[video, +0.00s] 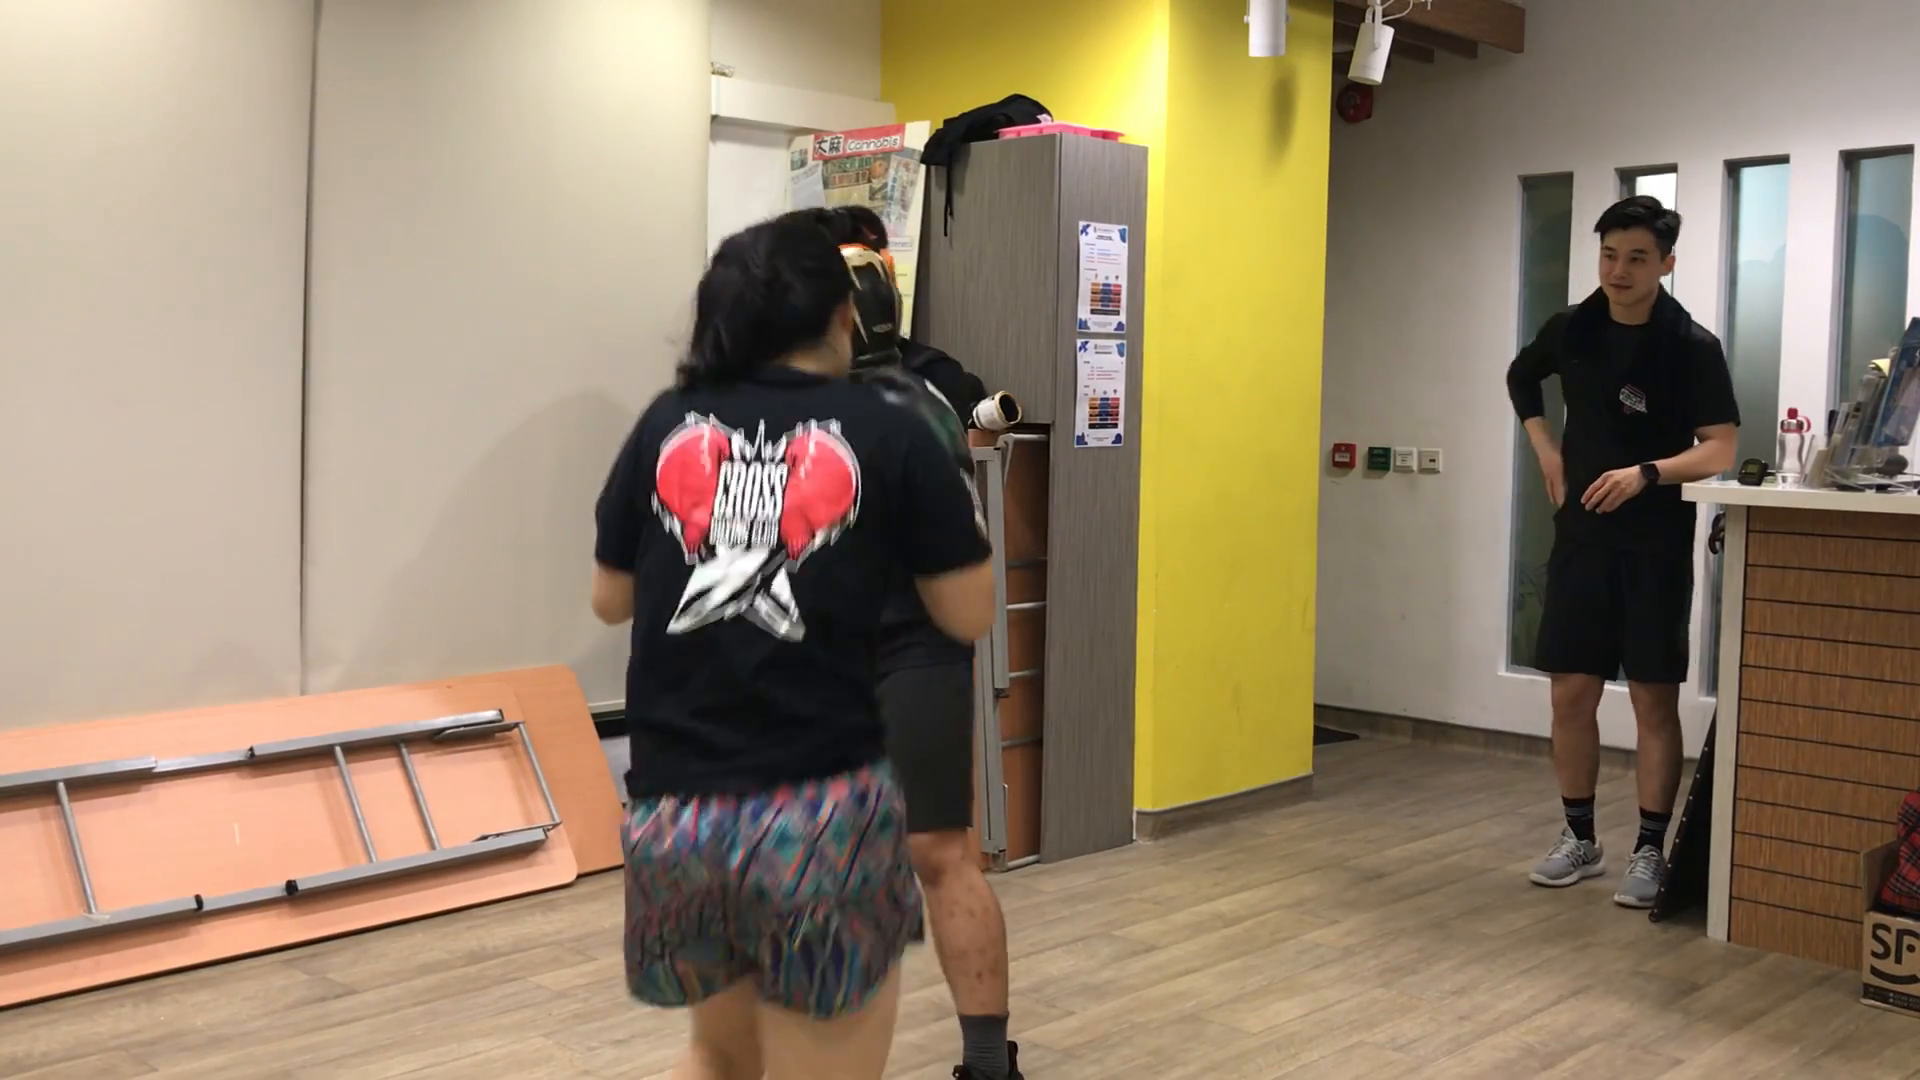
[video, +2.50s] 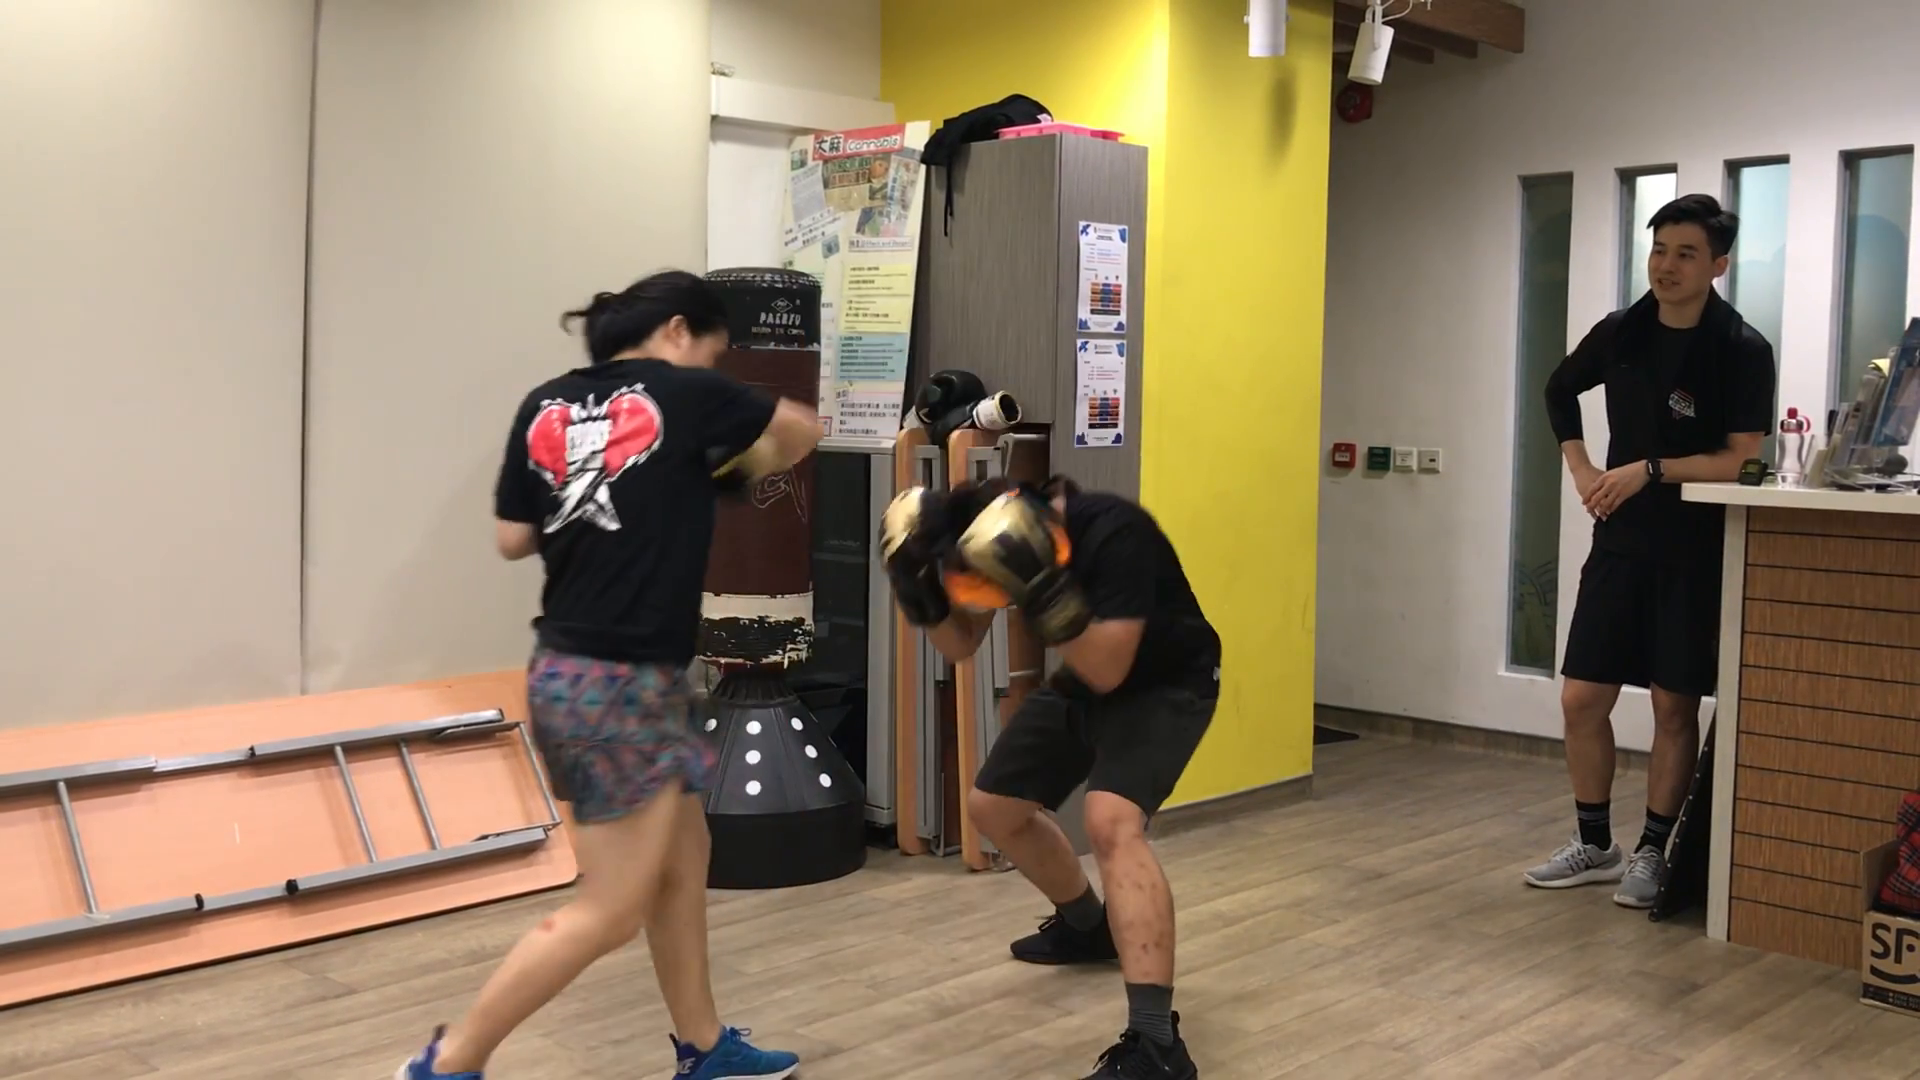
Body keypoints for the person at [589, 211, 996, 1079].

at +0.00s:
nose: (857, 313)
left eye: (853, 299)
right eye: (852, 299)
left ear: (732, 315)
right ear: (842, 313)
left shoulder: (668, 420)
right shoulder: (888, 427)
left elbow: (612, 597)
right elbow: (969, 612)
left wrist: (722, 549)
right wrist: (881, 533)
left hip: (675, 822)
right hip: (826, 821)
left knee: (719, 1052)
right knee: (829, 1065)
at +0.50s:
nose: (804, 305)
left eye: (799, 291)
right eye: (799, 289)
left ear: (688, 305)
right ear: (779, 291)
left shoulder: (630, 404)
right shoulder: (824, 383)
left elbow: (618, 565)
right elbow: (958, 506)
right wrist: (908, 422)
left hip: (647, 732)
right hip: (768, 727)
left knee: (688, 996)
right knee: (771, 1028)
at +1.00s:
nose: (854, 311)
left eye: (850, 299)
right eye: (847, 299)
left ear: (753, 324)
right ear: (835, 315)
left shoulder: (743, 421)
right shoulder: (813, 425)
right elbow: (712, 521)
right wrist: (811, 596)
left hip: (703, 701)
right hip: (755, 710)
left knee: (746, 953)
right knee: (746, 969)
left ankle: (731, 1064)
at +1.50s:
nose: (824, 335)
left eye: (825, 322)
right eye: (822, 320)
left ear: (725, 321)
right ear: (805, 318)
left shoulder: (655, 408)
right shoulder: (826, 404)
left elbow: (596, 548)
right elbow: (917, 497)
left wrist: (675, 521)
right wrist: (837, 472)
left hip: (670, 702)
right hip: (778, 707)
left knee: (732, 906)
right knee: (769, 956)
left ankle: (733, 1062)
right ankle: (703, 1070)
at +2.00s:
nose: (853, 346)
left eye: (847, 329)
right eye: (846, 329)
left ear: (780, 339)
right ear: (819, 336)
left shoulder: (786, 434)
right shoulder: (759, 432)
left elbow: (701, 400)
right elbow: (646, 511)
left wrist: (700, 404)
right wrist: (735, 523)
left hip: (736, 707)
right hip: (696, 705)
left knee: (782, 878)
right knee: (711, 949)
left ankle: (715, 1043)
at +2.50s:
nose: (712, 367)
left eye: (716, 357)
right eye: (711, 353)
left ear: (622, 338)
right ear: (675, 333)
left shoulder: (547, 402)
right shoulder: (685, 392)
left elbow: (512, 537)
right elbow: (801, 428)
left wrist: (603, 489)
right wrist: (741, 471)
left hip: (568, 670)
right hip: (623, 681)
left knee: (684, 853)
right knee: (612, 904)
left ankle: (702, 1046)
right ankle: (448, 1062)